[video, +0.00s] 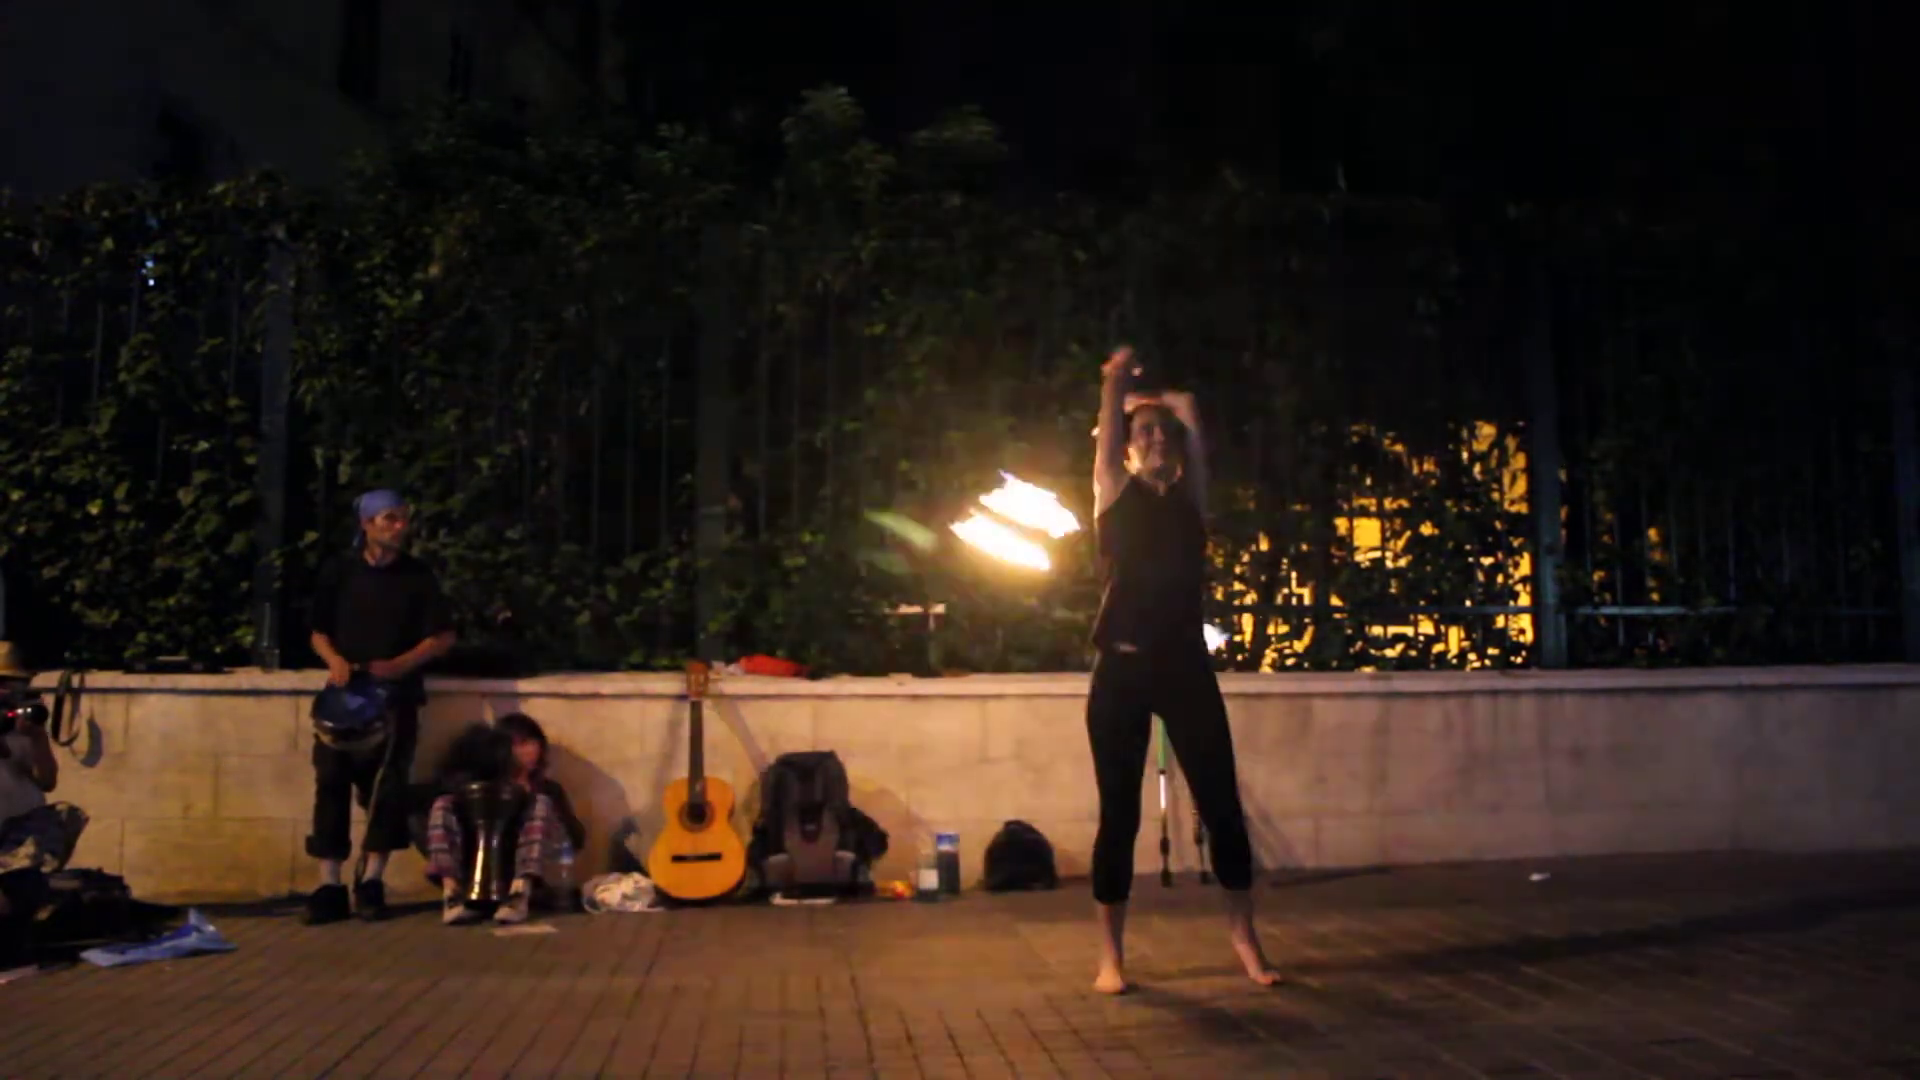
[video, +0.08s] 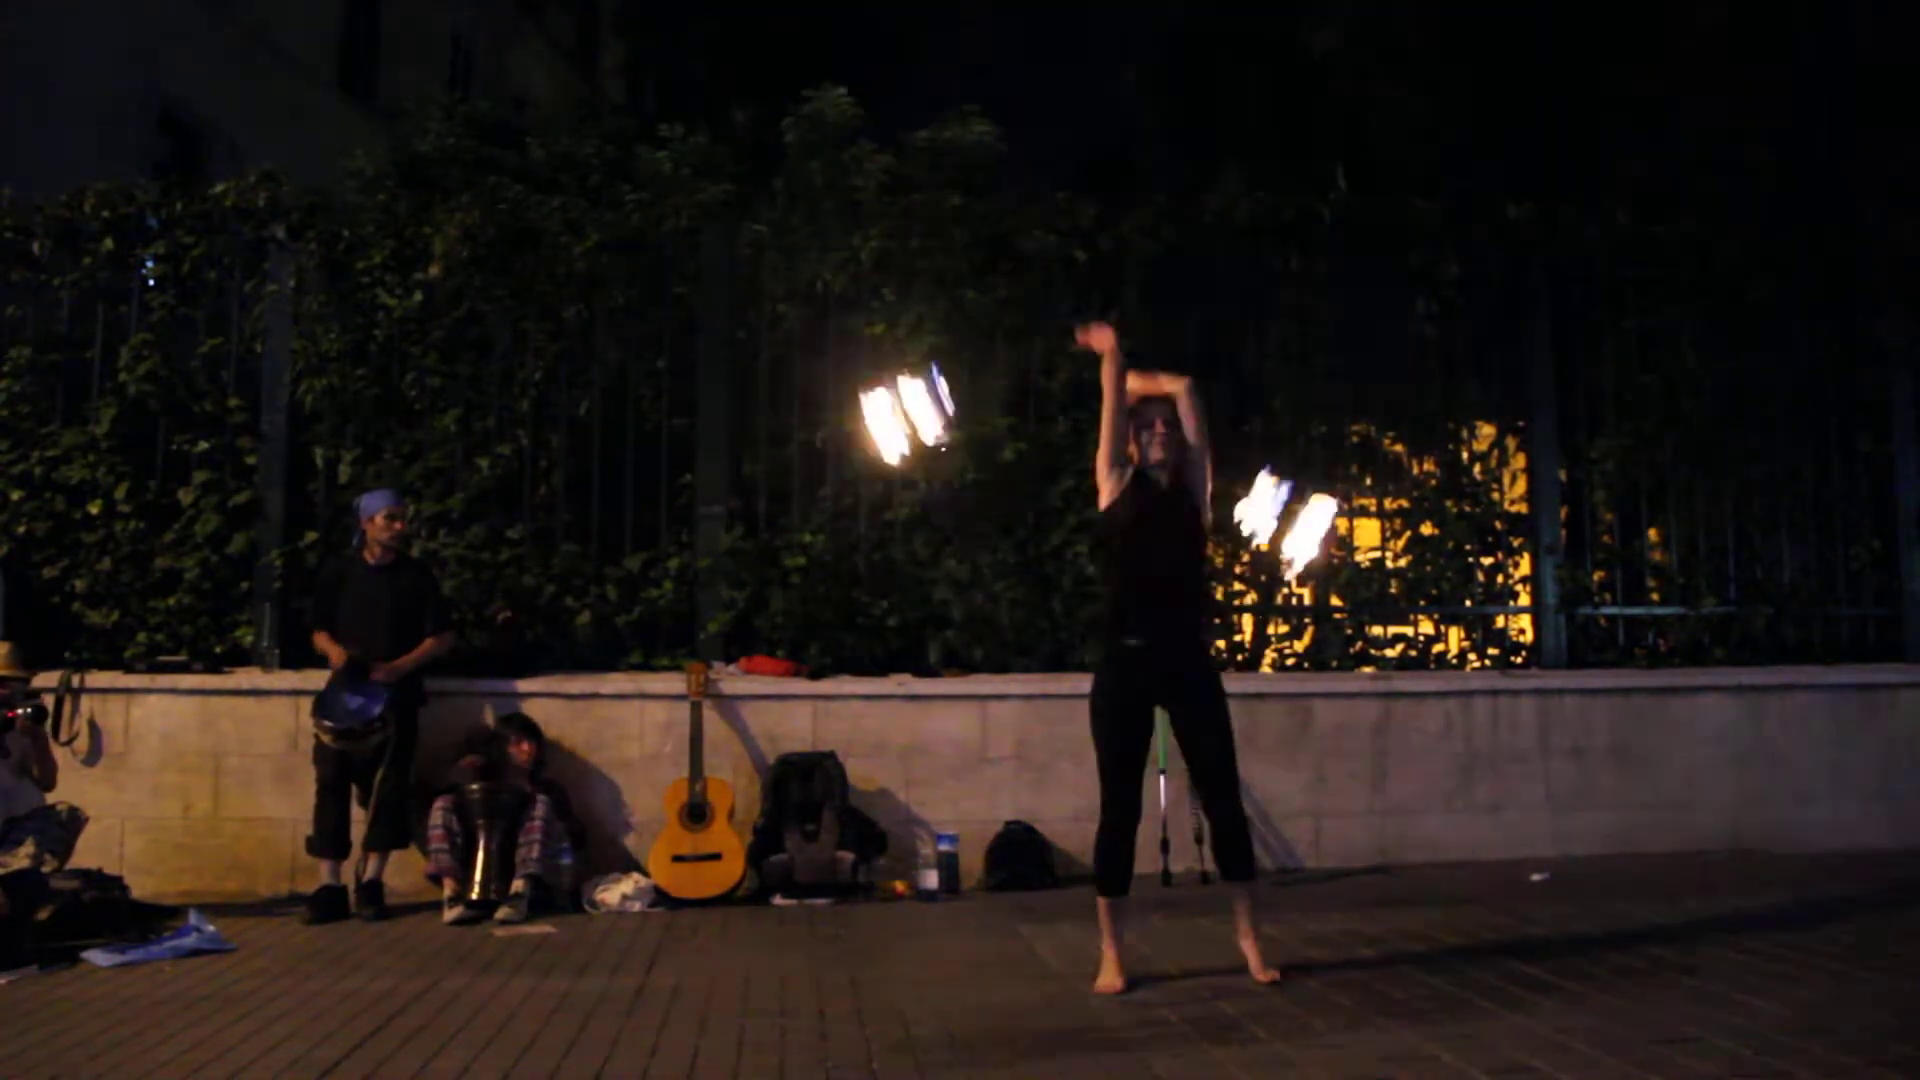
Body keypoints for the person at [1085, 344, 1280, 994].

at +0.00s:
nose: (1151, 438)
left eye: (1161, 428)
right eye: (1140, 430)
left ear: (1177, 439)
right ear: (1125, 442)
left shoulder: (1191, 497)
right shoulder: (1114, 495)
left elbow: (1192, 417)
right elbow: (1108, 435)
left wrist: (1150, 397)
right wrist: (1112, 383)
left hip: (1186, 665)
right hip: (1121, 669)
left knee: (1222, 804)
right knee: (1119, 814)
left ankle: (1244, 934)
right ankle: (1111, 953)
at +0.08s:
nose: (1158, 436)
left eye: (1167, 428)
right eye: (1146, 428)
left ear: (1182, 441)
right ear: (1130, 442)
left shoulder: (1194, 492)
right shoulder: (1115, 486)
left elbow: (1188, 392)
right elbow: (1112, 412)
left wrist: (1123, 374)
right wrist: (1108, 352)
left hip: (1189, 660)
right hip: (1124, 663)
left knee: (1223, 798)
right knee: (1119, 808)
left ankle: (1248, 934)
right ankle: (1111, 951)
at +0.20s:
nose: (1163, 426)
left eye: (1172, 416)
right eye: (1150, 417)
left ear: (1186, 430)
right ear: (1132, 431)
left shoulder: (1199, 488)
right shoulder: (1121, 484)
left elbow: (1203, 403)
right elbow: (1120, 396)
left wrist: (1172, 357)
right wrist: (1125, 319)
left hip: (1195, 657)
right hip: (1129, 660)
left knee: (1227, 795)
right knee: (1123, 803)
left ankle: (1249, 932)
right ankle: (1109, 947)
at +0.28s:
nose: (1169, 429)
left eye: (1178, 421)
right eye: (1159, 422)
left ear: (1194, 434)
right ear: (1144, 435)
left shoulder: (1209, 490)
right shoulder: (1129, 488)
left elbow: (1210, 408)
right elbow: (1135, 417)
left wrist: (1186, 337)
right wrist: (1154, 333)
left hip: (1204, 658)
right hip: (1139, 660)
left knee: (1230, 798)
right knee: (1127, 804)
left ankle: (1248, 936)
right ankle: (1108, 948)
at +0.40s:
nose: (1183, 436)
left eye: (1190, 426)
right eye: (1171, 428)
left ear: (1206, 434)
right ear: (1152, 439)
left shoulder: (1223, 497)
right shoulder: (1139, 494)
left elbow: (1252, 481)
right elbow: (1161, 502)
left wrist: (1235, 401)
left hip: (1216, 669)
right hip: (1151, 672)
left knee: (1235, 803)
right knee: (1138, 805)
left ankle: (1247, 939)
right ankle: (1112, 946)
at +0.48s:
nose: (1199, 438)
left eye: (1207, 429)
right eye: (1186, 431)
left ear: (1221, 440)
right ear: (1167, 443)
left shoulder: (1238, 492)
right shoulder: (1154, 502)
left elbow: (1274, 533)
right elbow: (1172, 556)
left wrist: (1264, 450)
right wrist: (1218, 520)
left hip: (1226, 668)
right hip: (1164, 669)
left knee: (1239, 801)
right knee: (1143, 804)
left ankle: (1247, 937)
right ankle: (1114, 944)